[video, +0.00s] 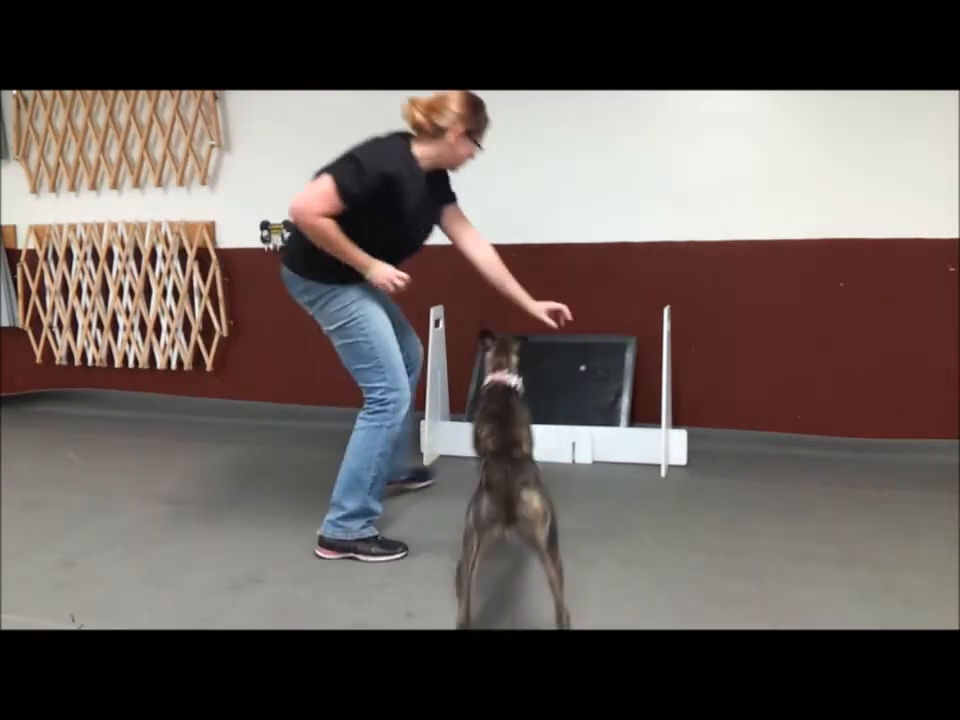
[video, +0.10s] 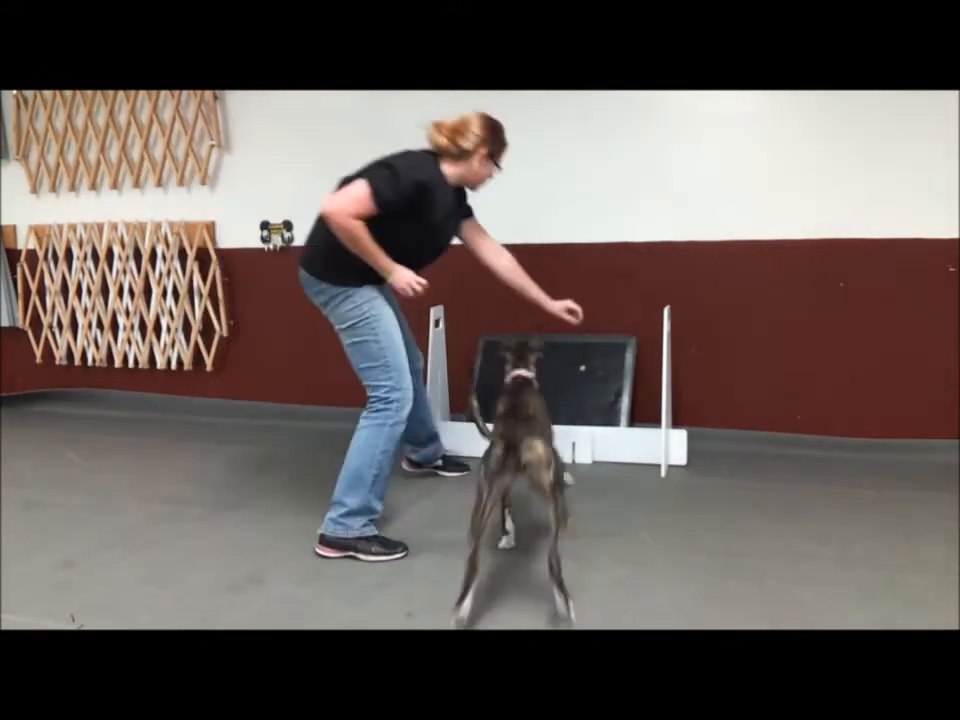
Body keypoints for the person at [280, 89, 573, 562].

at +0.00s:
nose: (475, 152)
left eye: (477, 142)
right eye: (474, 141)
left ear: (450, 133)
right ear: (452, 133)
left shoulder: (432, 179)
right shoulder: (382, 159)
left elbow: (472, 244)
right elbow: (305, 209)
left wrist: (530, 304)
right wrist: (368, 265)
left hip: (356, 278)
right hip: (323, 277)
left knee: (409, 358)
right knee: (387, 393)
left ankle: (389, 469)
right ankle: (345, 529)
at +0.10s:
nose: (494, 173)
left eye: (497, 164)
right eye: (493, 162)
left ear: (471, 155)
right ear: (473, 153)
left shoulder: (451, 197)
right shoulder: (412, 172)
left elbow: (490, 251)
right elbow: (336, 210)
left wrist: (547, 303)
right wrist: (391, 269)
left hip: (367, 282)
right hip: (338, 280)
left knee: (410, 367)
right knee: (392, 394)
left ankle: (423, 453)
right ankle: (345, 529)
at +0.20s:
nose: (507, 191)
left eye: (510, 184)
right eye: (507, 181)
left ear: (488, 173)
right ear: (491, 172)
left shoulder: (467, 213)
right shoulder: (439, 181)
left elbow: (505, 253)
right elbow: (367, 204)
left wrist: (558, 294)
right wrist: (407, 272)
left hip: (382, 279)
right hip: (355, 275)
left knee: (421, 362)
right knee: (393, 390)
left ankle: (419, 457)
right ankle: (347, 522)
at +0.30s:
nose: (512, 202)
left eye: (515, 195)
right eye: (514, 194)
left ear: (491, 183)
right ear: (502, 186)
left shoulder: (470, 215)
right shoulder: (456, 186)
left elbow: (500, 246)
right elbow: (391, 201)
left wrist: (543, 273)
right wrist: (419, 271)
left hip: (389, 271)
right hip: (363, 266)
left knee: (425, 356)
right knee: (402, 376)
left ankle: (420, 456)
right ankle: (350, 504)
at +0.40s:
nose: (513, 202)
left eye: (516, 195)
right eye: (515, 193)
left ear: (495, 180)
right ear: (504, 183)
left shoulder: (471, 203)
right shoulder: (466, 186)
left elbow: (487, 234)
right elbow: (405, 198)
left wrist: (511, 253)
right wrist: (426, 267)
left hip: (388, 262)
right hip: (367, 259)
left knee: (425, 361)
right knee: (415, 365)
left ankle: (421, 457)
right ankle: (369, 482)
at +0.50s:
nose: (514, 194)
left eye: (517, 188)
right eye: (515, 186)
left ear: (498, 175)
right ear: (503, 176)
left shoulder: (470, 189)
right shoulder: (465, 182)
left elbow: (467, 221)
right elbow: (401, 196)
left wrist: (483, 243)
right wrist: (426, 262)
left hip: (386, 258)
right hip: (370, 257)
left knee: (431, 355)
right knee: (427, 357)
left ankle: (426, 454)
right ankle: (414, 472)